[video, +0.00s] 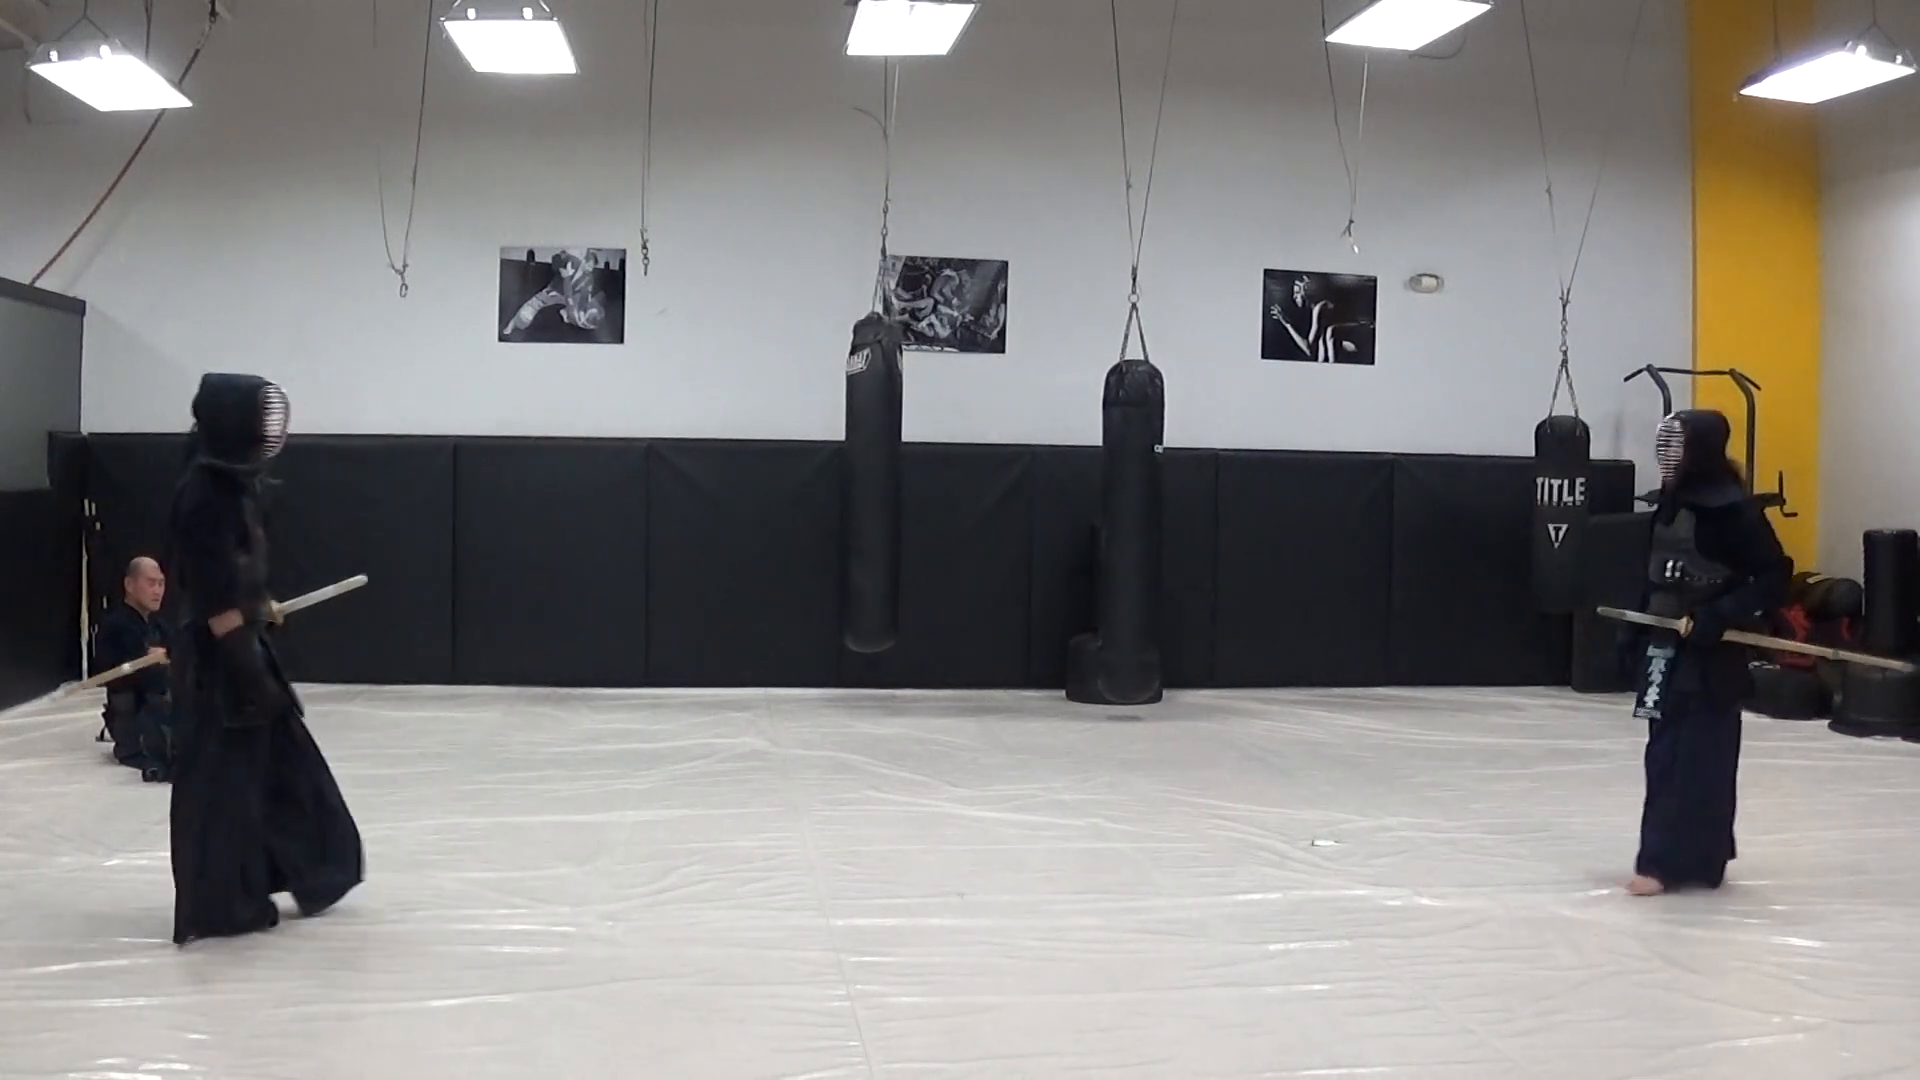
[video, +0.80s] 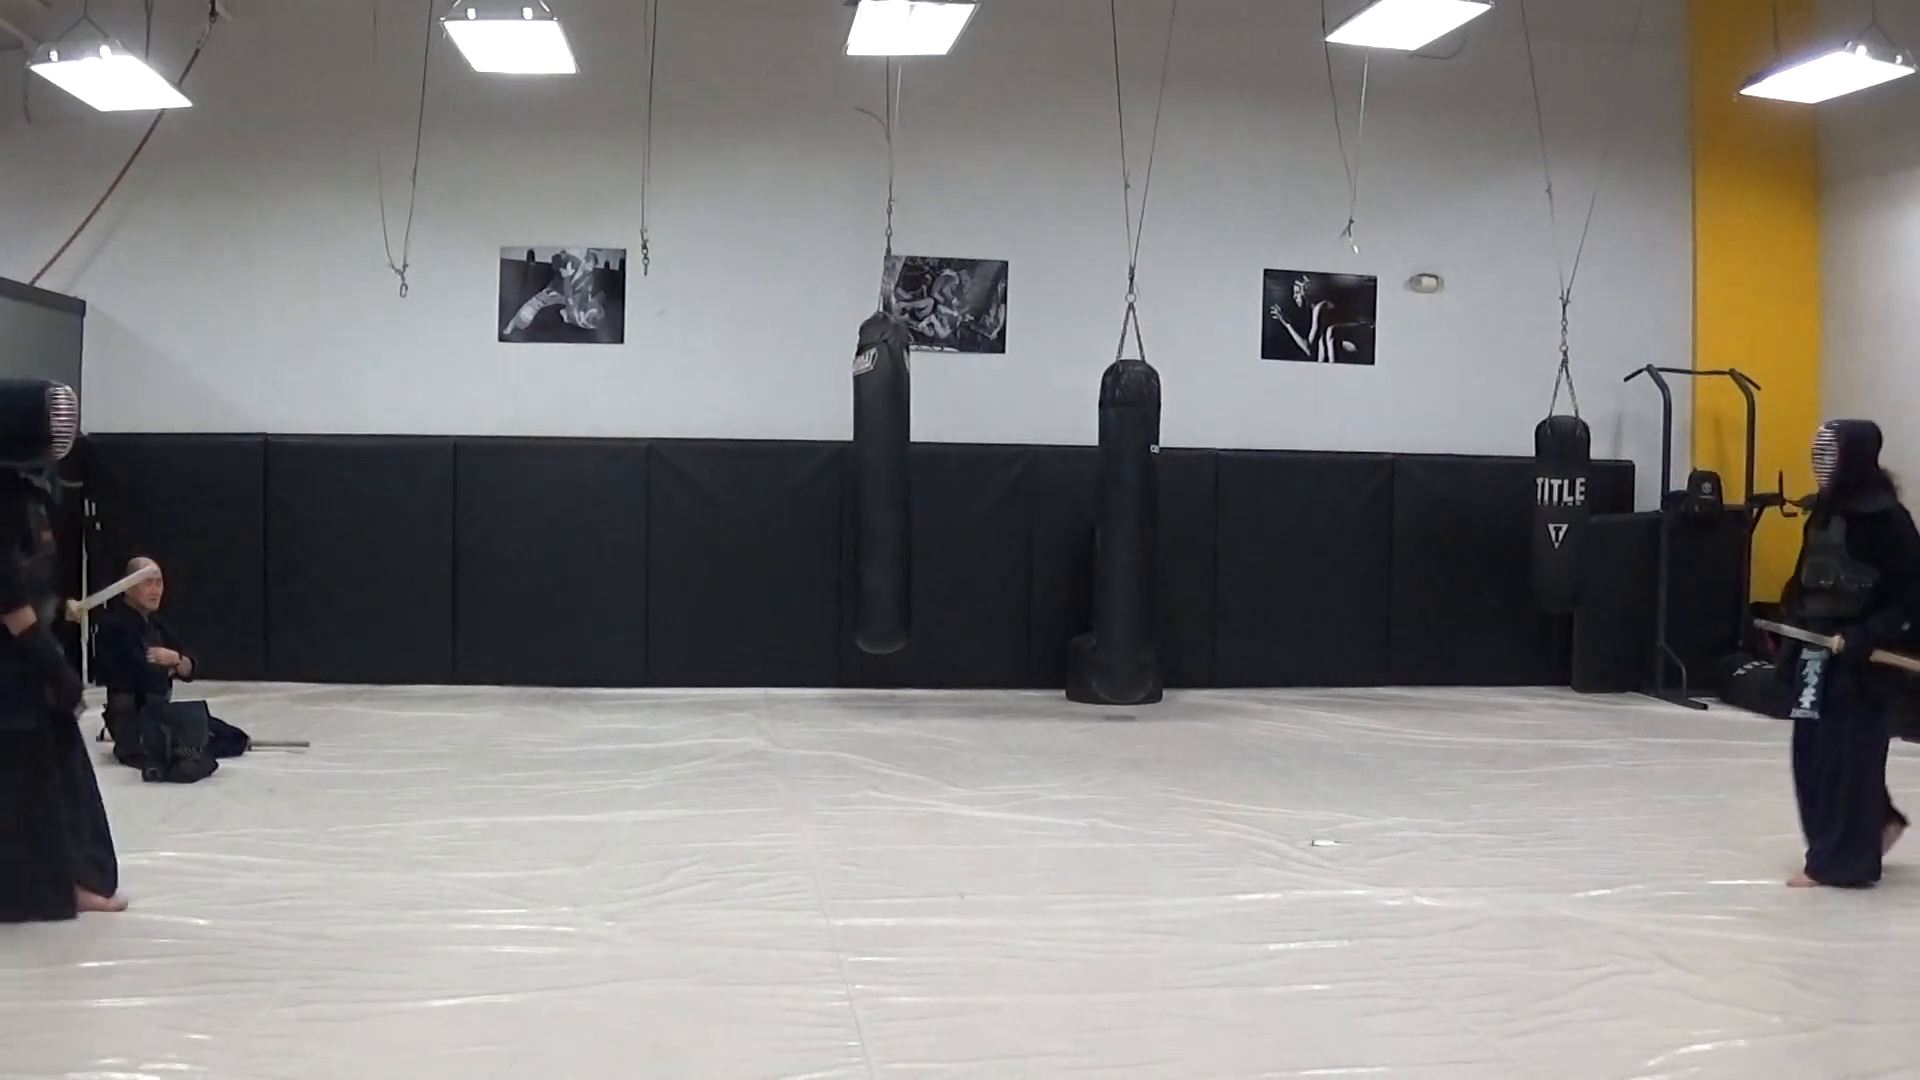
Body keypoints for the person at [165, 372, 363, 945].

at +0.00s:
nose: (271, 434)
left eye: (271, 422)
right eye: (263, 423)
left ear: (223, 424)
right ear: (238, 426)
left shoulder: (231, 485)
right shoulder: (208, 492)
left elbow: (230, 573)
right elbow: (215, 598)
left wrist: (261, 603)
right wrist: (255, 678)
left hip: (233, 649)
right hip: (213, 658)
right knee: (221, 780)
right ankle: (218, 903)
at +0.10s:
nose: (241, 439)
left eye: (241, 428)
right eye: (234, 428)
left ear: (199, 429)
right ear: (210, 429)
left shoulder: (204, 486)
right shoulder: (179, 494)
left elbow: (208, 576)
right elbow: (179, 601)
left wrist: (238, 604)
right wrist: (215, 682)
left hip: (215, 646)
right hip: (194, 652)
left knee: (233, 761)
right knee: (222, 772)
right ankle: (220, 910)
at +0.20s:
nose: (214, 437)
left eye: (214, 426)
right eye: (205, 427)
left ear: (169, 429)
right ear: (180, 429)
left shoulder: (183, 489)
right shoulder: (149, 496)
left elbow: (176, 582)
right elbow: (145, 603)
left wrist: (210, 610)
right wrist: (169, 687)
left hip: (186, 651)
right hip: (165, 657)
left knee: (174, 768)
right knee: (200, 771)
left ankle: (92, 867)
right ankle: (220, 909)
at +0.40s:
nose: (163, 428)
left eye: (163, 417)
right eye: (154, 417)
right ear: (126, 424)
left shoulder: (133, 484)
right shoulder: (91, 491)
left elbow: (129, 572)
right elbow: (88, 594)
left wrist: (157, 605)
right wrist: (130, 656)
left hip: (126, 642)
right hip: (101, 647)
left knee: (98, 765)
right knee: (140, 764)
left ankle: (77, 883)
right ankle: (186, 891)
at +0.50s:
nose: (139, 428)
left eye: (140, 417)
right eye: (129, 417)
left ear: (126, 419)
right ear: (99, 419)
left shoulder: (109, 481)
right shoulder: (67, 486)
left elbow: (111, 571)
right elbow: (60, 586)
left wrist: (132, 622)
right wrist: (89, 662)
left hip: (105, 635)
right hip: (79, 640)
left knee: (95, 756)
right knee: (95, 756)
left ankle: (90, 878)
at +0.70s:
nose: (90, 425)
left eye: (91, 413)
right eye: (79, 414)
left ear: (87, 418)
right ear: (51, 421)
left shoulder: (62, 482)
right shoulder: (26, 486)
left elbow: (55, 580)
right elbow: (25, 586)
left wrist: (91, 605)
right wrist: (65, 663)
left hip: (57, 646)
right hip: (33, 650)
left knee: (56, 760)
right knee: (58, 763)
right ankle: (73, 889)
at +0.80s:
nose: (65, 440)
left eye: (67, 428)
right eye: (56, 429)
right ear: (31, 432)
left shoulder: (35, 487)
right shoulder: (11, 494)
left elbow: (33, 584)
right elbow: (12, 602)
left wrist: (58, 605)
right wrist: (57, 670)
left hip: (34, 646)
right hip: (14, 654)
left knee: (58, 759)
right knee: (51, 761)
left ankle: (78, 872)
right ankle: (72, 875)